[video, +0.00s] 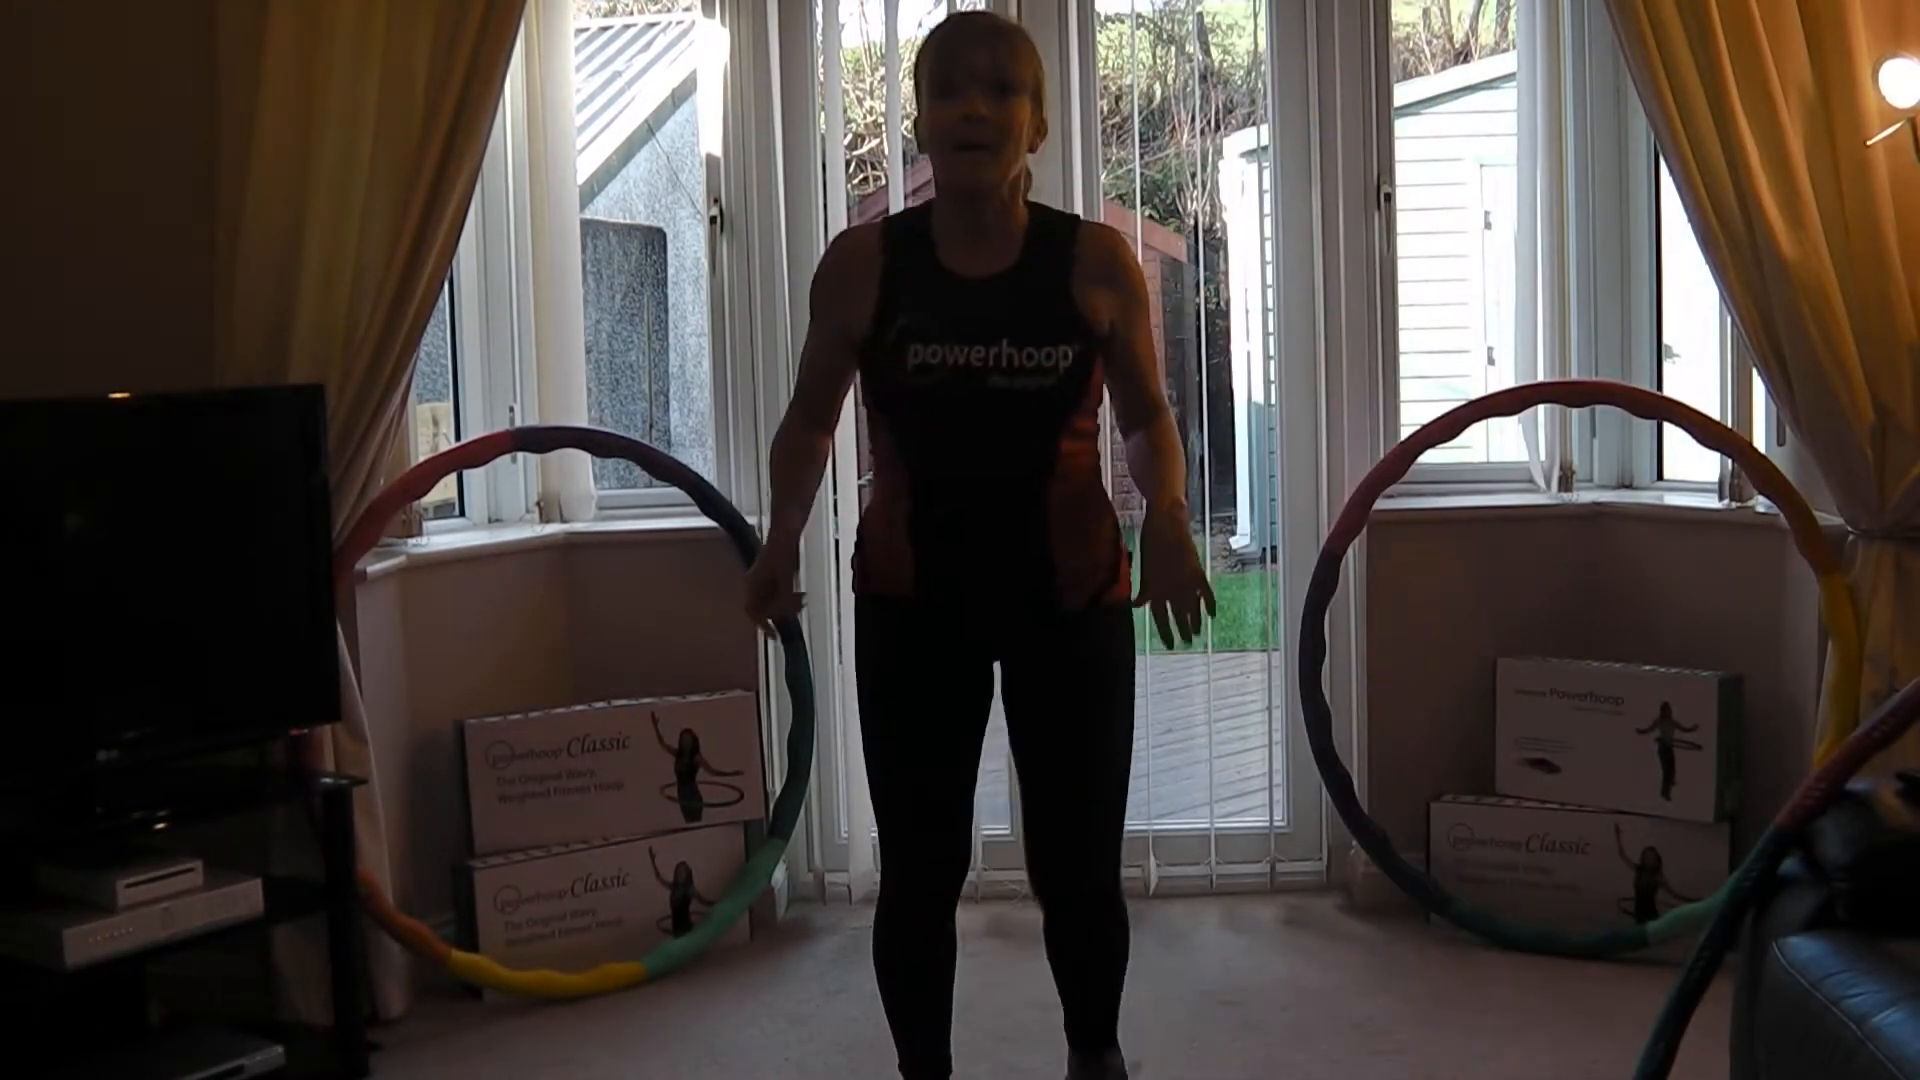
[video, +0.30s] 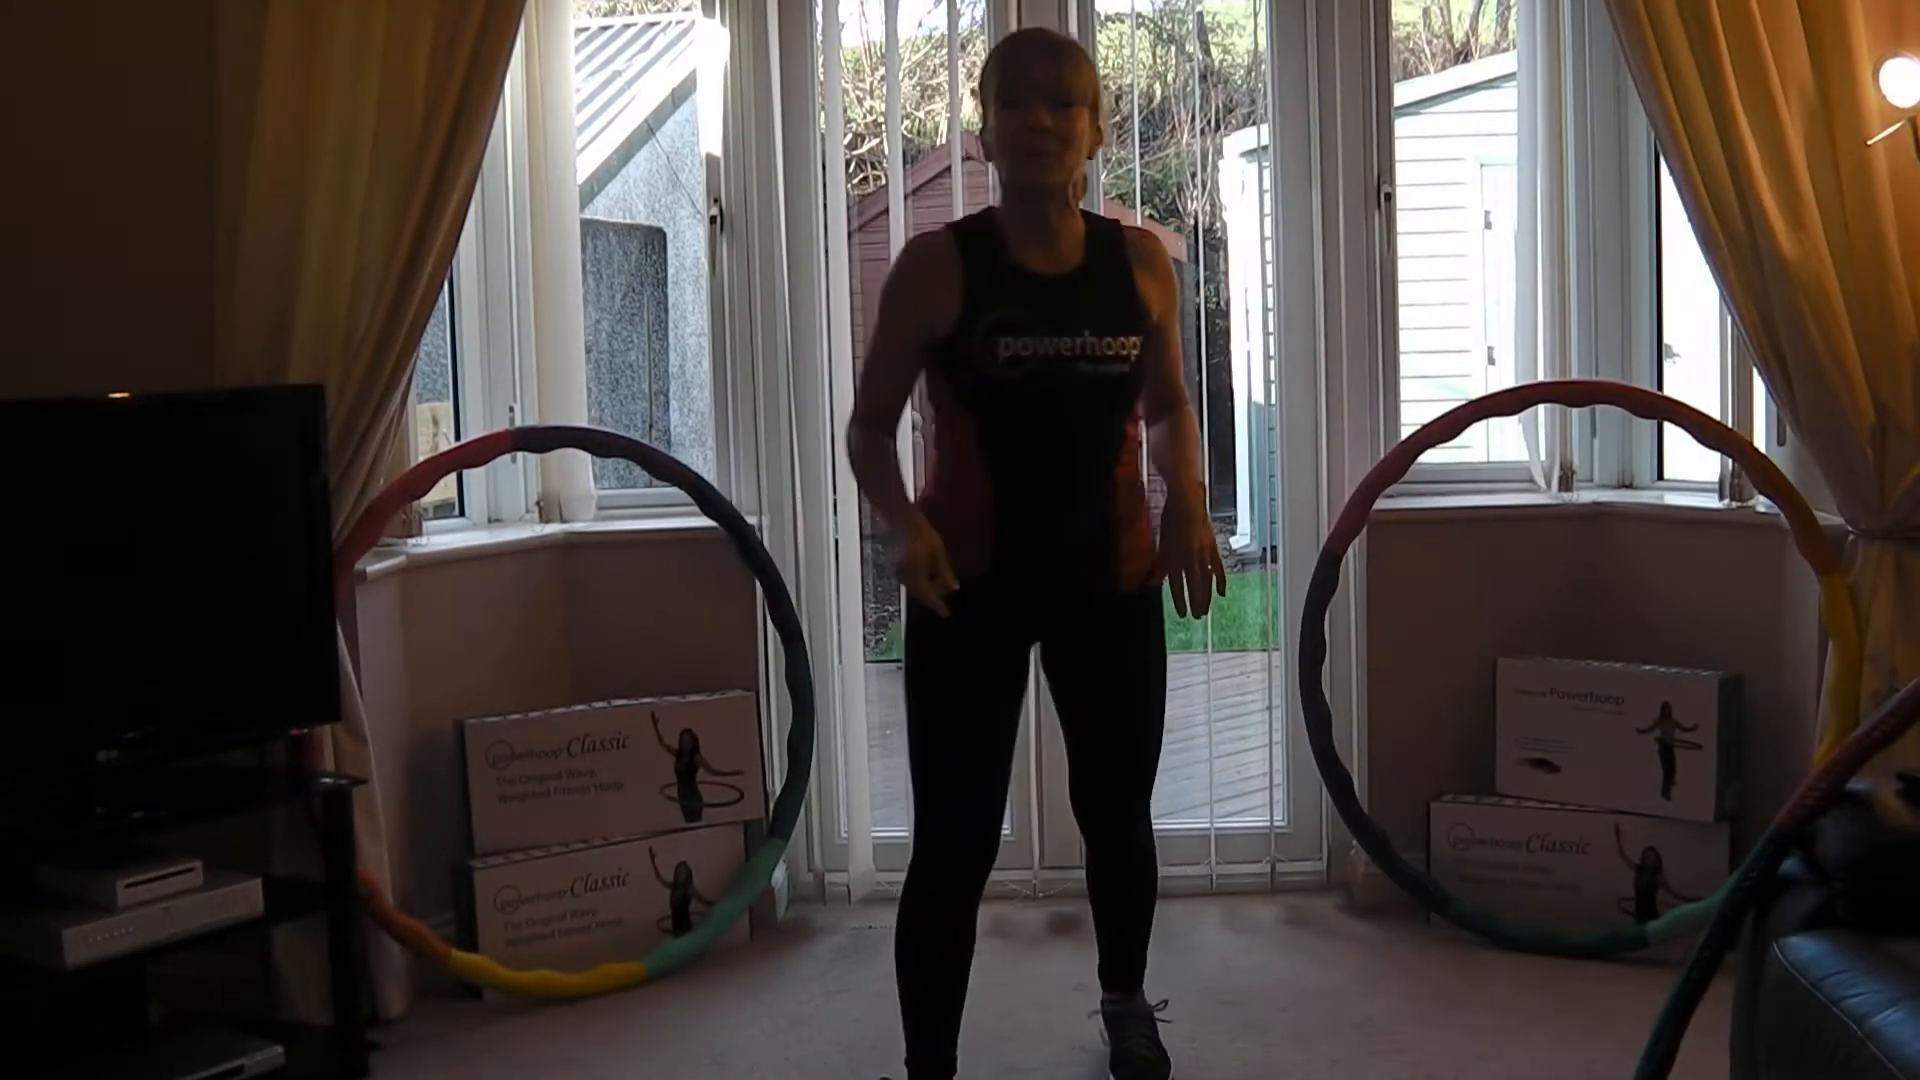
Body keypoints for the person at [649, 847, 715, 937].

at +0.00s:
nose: (681, 874)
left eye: (683, 871)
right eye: (679, 871)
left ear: (688, 873)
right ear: (675, 873)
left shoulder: (689, 889)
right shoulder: (673, 887)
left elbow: (703, 901)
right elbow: (659, 878)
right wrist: (653, 860)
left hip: (686, 923)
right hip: (675, 923)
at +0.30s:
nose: (681, 874)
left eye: (684, 871)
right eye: (679, 871)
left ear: (688, 873)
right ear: (675, 873)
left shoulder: (689, 889)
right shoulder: (673, 886)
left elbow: (703, 901)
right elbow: (658, 877)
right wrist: (652, 860)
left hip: (686, 923)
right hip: (675, 923)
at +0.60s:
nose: (681, 876)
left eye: (683, 872)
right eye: (678, 872)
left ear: (688, 874)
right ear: (675, 874)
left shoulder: (690, 889)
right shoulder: (673, 887)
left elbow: (703, 901)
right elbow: (658, 878)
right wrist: (653, 861)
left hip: (686, 923)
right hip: (675, 924)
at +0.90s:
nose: (681, 876)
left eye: (683, 873)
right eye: (679, 873)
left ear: (688, 874)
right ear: (675, 874)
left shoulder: (690, 889)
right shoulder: (673, 887)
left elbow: (703, 902)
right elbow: (658, 878)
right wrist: (652, 861)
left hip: (686, 923)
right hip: (675, 923)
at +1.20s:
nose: (681, 877)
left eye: (683, 873)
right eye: (678, 873)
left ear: (688, 875)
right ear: (675, 874)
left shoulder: (690, 889)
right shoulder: (673, 887)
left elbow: (702, 901)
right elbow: (658, 878)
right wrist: (652, 861)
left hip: (686, 924)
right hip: (675, 924)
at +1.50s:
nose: (681, 876)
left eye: (683, 873)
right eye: (678, 873)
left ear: (688, 875)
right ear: (675, 874)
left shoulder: (690, 889)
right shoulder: (673, 887)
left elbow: (702, 901)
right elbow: (658, 878)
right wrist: (652, 861)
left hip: (686, 924)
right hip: (675, 924)